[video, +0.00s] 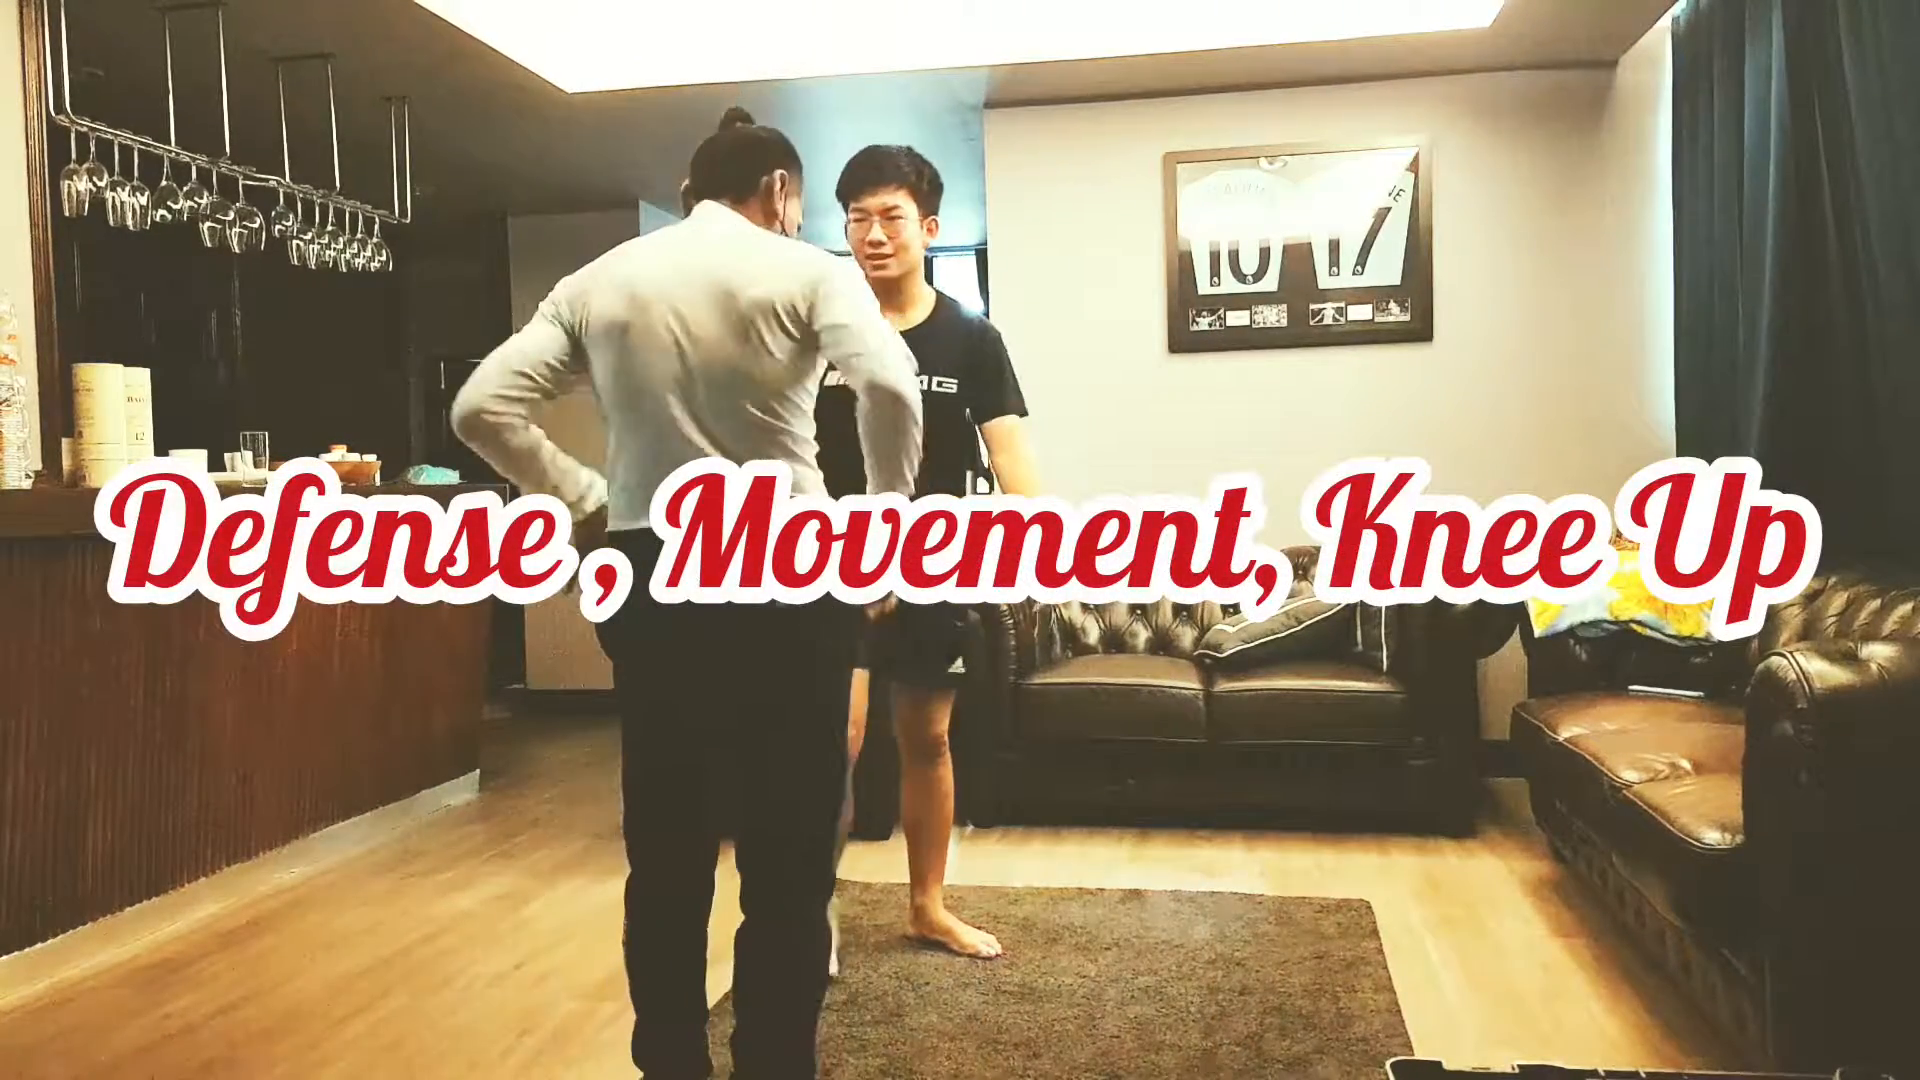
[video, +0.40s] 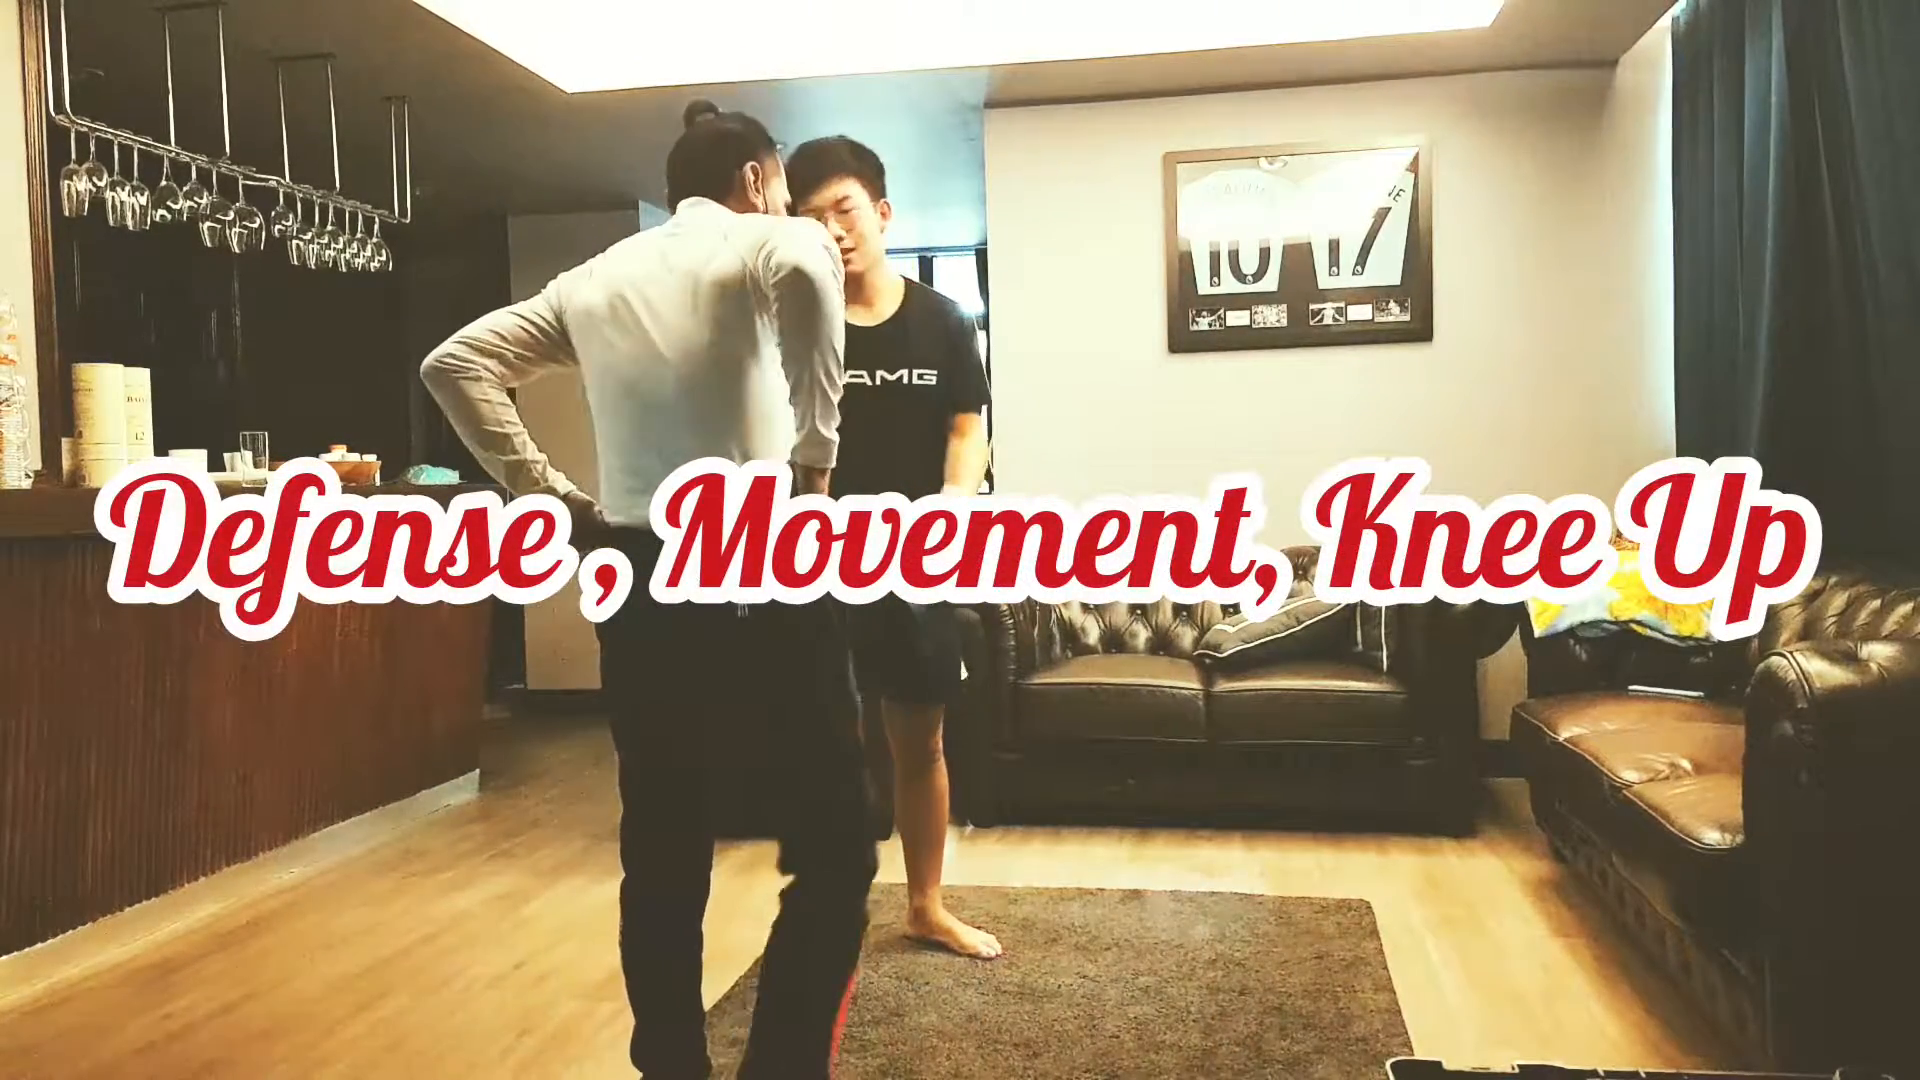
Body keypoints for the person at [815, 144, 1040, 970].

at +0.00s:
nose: (874, 235)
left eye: (891, 217)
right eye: (859, 220)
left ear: (929, 224)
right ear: (845, 231)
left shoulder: (969, 340)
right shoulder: (823, 335)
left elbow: (1016, 470)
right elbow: (787, 458)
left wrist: (1033, 570)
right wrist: (798, 564)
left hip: (935, 569)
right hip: (837, 568)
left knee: (927, 741)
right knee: (835, 739)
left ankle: (928, 905)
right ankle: (813, 914)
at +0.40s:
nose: (834, 230)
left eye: (846, 209)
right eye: (816, 218)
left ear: (883, 211)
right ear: (800, 233)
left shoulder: (938, 319)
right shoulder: (796, 326)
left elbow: (968, 429)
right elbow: (772, 439)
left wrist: (945, 522)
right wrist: (797, 530)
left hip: (913, 560)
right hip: (821, 566)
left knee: (920, 743)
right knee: (832, 743)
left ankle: (927, 905)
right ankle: (831, 912)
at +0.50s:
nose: (826, 235)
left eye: (838, 215)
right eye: (811, 223)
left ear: (876, 213)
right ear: (797, 232)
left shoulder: (931, 317)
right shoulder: (791, 322)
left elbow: (972, 438)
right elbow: (763, 426)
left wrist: (965, 432)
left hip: (917, 556)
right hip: (819, 559)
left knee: (924, 742)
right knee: (827, 746)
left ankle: (929, 907)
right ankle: (827, 933)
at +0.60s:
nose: (824, 233)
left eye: (838, 217)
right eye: (812, 221)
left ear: (878, 217)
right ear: (801, 228)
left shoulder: (924, 302)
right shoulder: (791, 313)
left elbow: (986, 415)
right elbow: (762, 416)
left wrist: (960, 317)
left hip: (919, 538)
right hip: (822, 545)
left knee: (935, 732)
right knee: (833, 742)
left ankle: (935, 901)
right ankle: (826, 930)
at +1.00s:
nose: (888, 264)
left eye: (901, 243)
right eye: (873, 249)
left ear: (939, 235)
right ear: (856, 249)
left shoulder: (976, 313)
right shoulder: (845, 315)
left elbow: (1009, 295)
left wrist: (949, 242)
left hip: (956, 565)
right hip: (855, 565)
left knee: (998, 740)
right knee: (847, 748)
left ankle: (1027, 858)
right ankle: (828, 931)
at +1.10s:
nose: (907, 266)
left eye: (920, 247)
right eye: (894, 252)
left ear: (963, 242)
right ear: (884, 254)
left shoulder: (1004, 321)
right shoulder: (869, 337)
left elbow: (1020, 295)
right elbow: (838, 449)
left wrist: (979, 253)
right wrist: (803, 534)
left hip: (986, 565)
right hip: (886, 565)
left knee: (1006, 735)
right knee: (867, 747)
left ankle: (1026, 864)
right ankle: (830, 926)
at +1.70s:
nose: (986, 250)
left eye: (1003, 235)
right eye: (976, 236)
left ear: (1045, 243)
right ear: (967, 243)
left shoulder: (1073, 331)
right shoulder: (935, 333)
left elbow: (1076, 311)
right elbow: (897, 436)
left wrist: (1046, 265)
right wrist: (892, 562)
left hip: (1033, 557)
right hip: (943, 554)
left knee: (1029, 721)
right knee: (931, 716)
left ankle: (1025, 877)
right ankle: (929, 877)